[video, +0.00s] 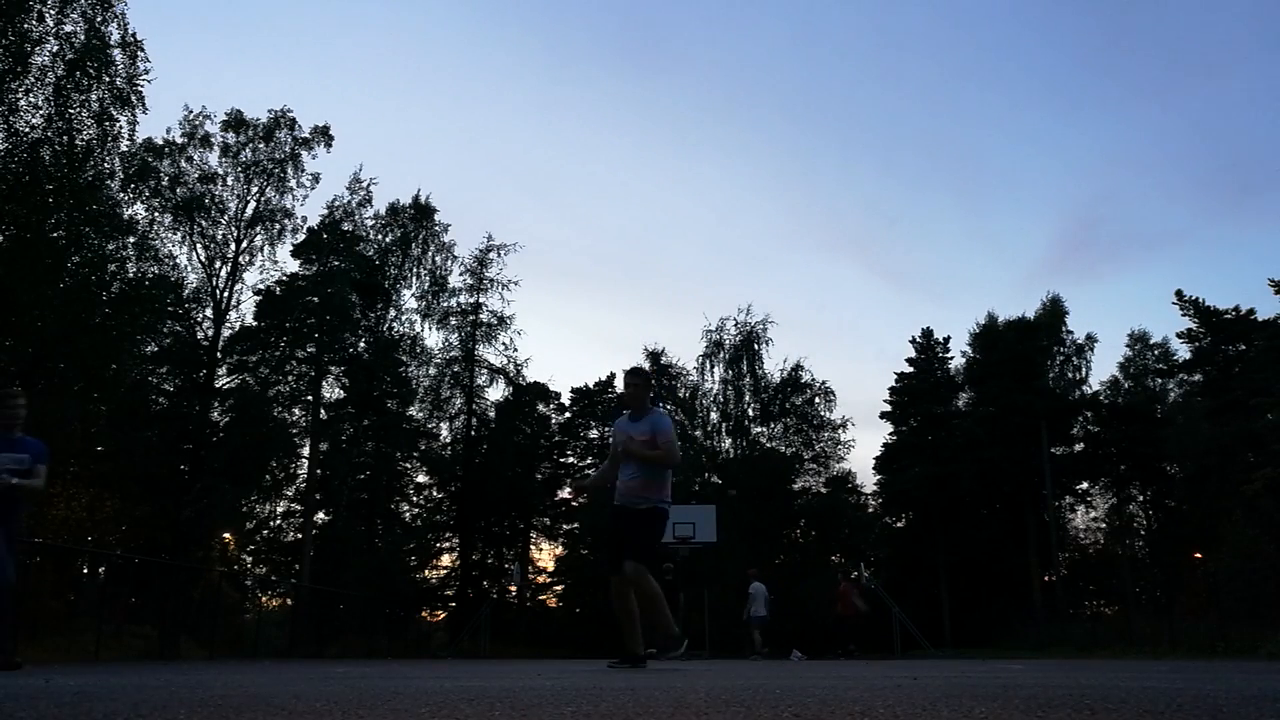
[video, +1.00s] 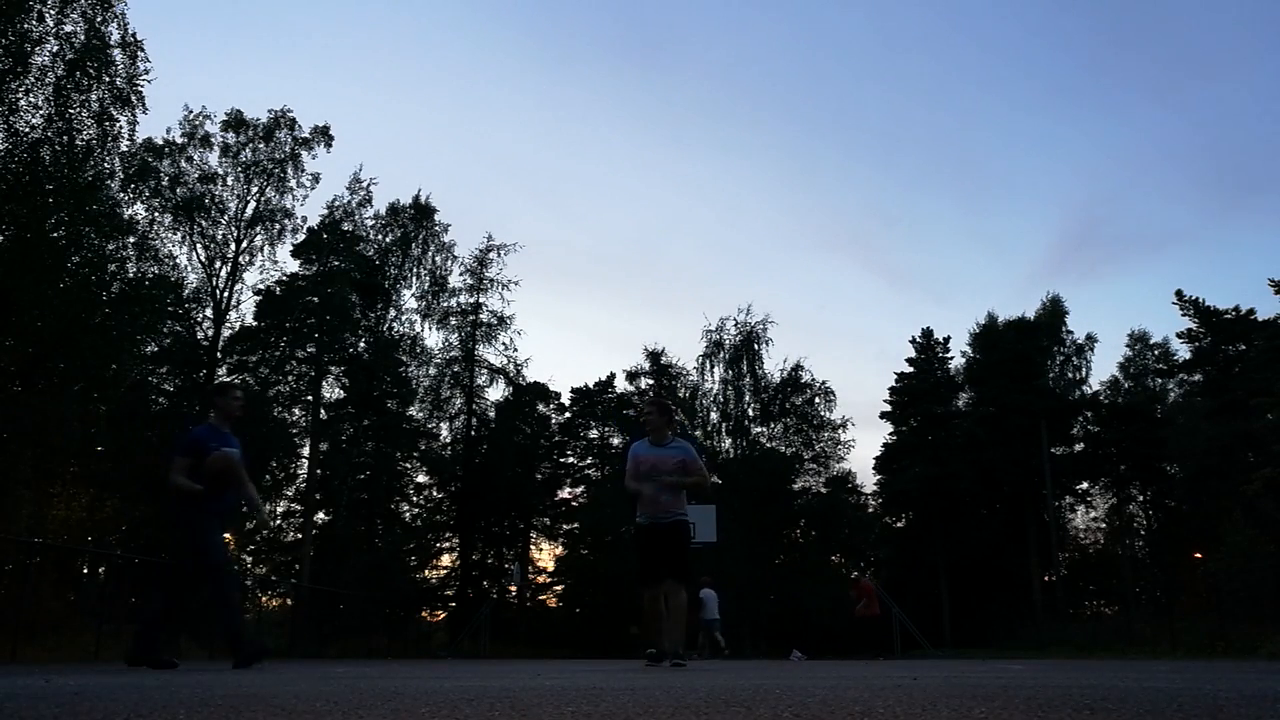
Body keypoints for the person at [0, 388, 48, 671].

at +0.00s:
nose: (16, 413)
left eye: (20, 408)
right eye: (11, 408)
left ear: (25, 412)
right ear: (3, 411)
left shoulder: (33, 448)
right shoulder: (3, 445)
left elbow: (39, 482)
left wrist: (14, 481)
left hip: (17, 524)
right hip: (2, 524)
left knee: (12, 586)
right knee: (6, 585)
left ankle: (9, 651)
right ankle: (5, 651)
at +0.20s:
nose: (64, 400)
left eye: (66, 396)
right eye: (58, 395)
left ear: (68, 400)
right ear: (43, 397)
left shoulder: (72, 436)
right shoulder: (20, 430)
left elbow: (85, 474)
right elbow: (7, 467)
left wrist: (65, 476)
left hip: (55, 513)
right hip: (20, 512)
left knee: (58, 578)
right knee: (18, 580)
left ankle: (46, 646)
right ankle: (14, 648)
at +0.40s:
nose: (109, 408)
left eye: (111, 403)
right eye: (104, 402)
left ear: (111, 408)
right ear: (89, 404)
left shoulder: (112, 445)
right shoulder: (64, 438)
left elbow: (123, 486)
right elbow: (36, 474)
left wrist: (113, 487)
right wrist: (63, 489)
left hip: (94, 521)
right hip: (59, 519)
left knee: (106, 581)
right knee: (36, 582)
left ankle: (126, 649)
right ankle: (13, 650)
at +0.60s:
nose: (158, 407)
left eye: (159, 402)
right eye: (153, 402)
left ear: (157, 408)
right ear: (138, 405)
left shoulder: (157, 444)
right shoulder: (114, 437)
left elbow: (161, 481)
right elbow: (93, 476)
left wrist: (167, 492)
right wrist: (121, 489)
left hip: (148, 522)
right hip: (117, 521)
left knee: (152, 584)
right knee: (107, 585)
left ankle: (144, 651)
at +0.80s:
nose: (200, 397)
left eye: (201, 393)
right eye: (195, 392)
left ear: (198, 398)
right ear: (179, 394)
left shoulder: (197, 434)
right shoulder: (157, 427)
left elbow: (203, 470)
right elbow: (135, 468)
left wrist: (213, 488)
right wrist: (161, 480)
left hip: (184, 511)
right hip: (156, 510)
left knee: (173, 577)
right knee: (167, 576)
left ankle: (159, 649)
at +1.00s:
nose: (239, 405)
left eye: (240, 401)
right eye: (234, 400)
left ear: (235, 406)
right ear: (219, 402)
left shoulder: (232, 441)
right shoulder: (198, 435)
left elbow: (242, 479)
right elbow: (176, 476)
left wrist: (259, 509)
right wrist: (199, 489)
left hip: (215, 521)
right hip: (194, 521)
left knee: (181, 583)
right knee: (224, 581)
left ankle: (148, 648)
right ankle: (240, 651)